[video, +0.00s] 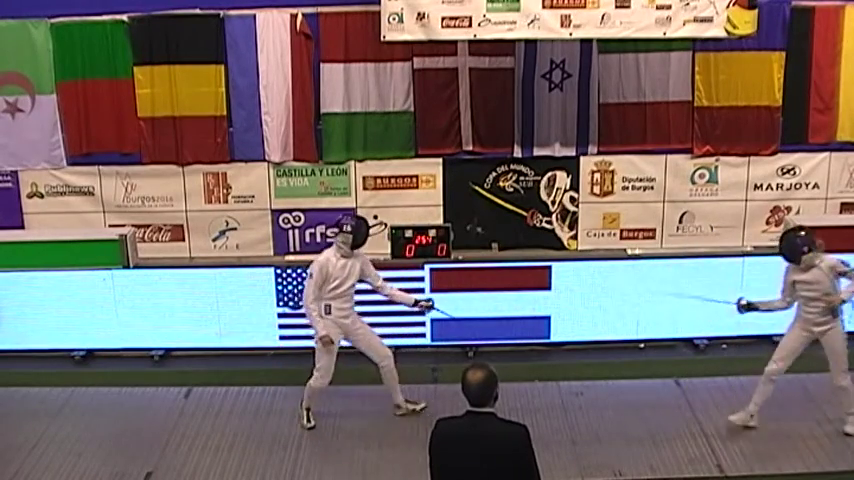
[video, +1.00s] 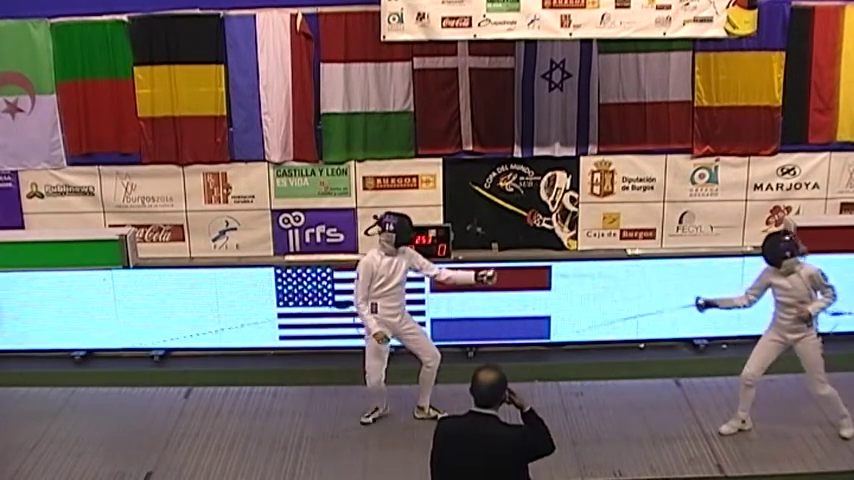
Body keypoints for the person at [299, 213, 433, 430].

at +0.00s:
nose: (342, 239)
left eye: (348, 236)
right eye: (341, 233)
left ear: (358, 241)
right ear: (337, 234)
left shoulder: (360, 261)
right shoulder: (322, 262)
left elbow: (383, 288)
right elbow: (309, 301)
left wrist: (414, 302)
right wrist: (320, 330)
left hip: (351, 320)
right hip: (326, 322)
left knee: (385, 358)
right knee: (322, 376)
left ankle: (400, 404)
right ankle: (306, 407)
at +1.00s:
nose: (383, 237)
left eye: (389, 234)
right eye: (382, 232)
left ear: (400, 238)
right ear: (380, 233)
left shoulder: (407, 255)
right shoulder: (369, 261)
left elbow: (440, 274)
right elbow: (360, 302)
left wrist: (476, 277)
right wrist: (374, 329)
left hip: (401, 319)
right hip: (377, 323)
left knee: (432, 357)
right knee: (373, 377)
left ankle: (423, 407)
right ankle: (380, 407)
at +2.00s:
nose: (354, 239)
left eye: (360, 236)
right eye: (352, 234)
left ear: (369, 240)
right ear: (348, 235)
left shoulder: (374, 260)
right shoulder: (337, 264)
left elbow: (397, 286)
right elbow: (326, 303)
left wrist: (428, 300)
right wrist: (339, 333)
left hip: (369, 321)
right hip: (345, 323)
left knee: (403, 359)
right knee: (340, 377)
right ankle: (322, 409)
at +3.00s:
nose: (419, 242)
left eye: (422, 238)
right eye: (415, 238)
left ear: (427, 239)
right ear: (407, 239)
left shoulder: (436, 259)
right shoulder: (398, 267)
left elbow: (468, 277)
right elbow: (391, 305)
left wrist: (505, 277)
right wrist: (401, 335)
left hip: (434, 324)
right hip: (409, 328)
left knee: (470, 358)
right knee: (389, 379)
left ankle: (470, 407)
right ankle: (364, 406)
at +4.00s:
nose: (339, 250)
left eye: (344, 247)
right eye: (336, 246)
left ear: (351, 251)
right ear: (330, 247)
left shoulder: (355, 271)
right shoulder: (320, 274)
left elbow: (377, 299)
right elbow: (308, 313)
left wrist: (407, 314)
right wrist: (318, 347)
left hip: (346, 332)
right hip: (324, 335)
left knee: (380, 371)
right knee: (328, 389)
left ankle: (357, 413)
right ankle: (317, 417)